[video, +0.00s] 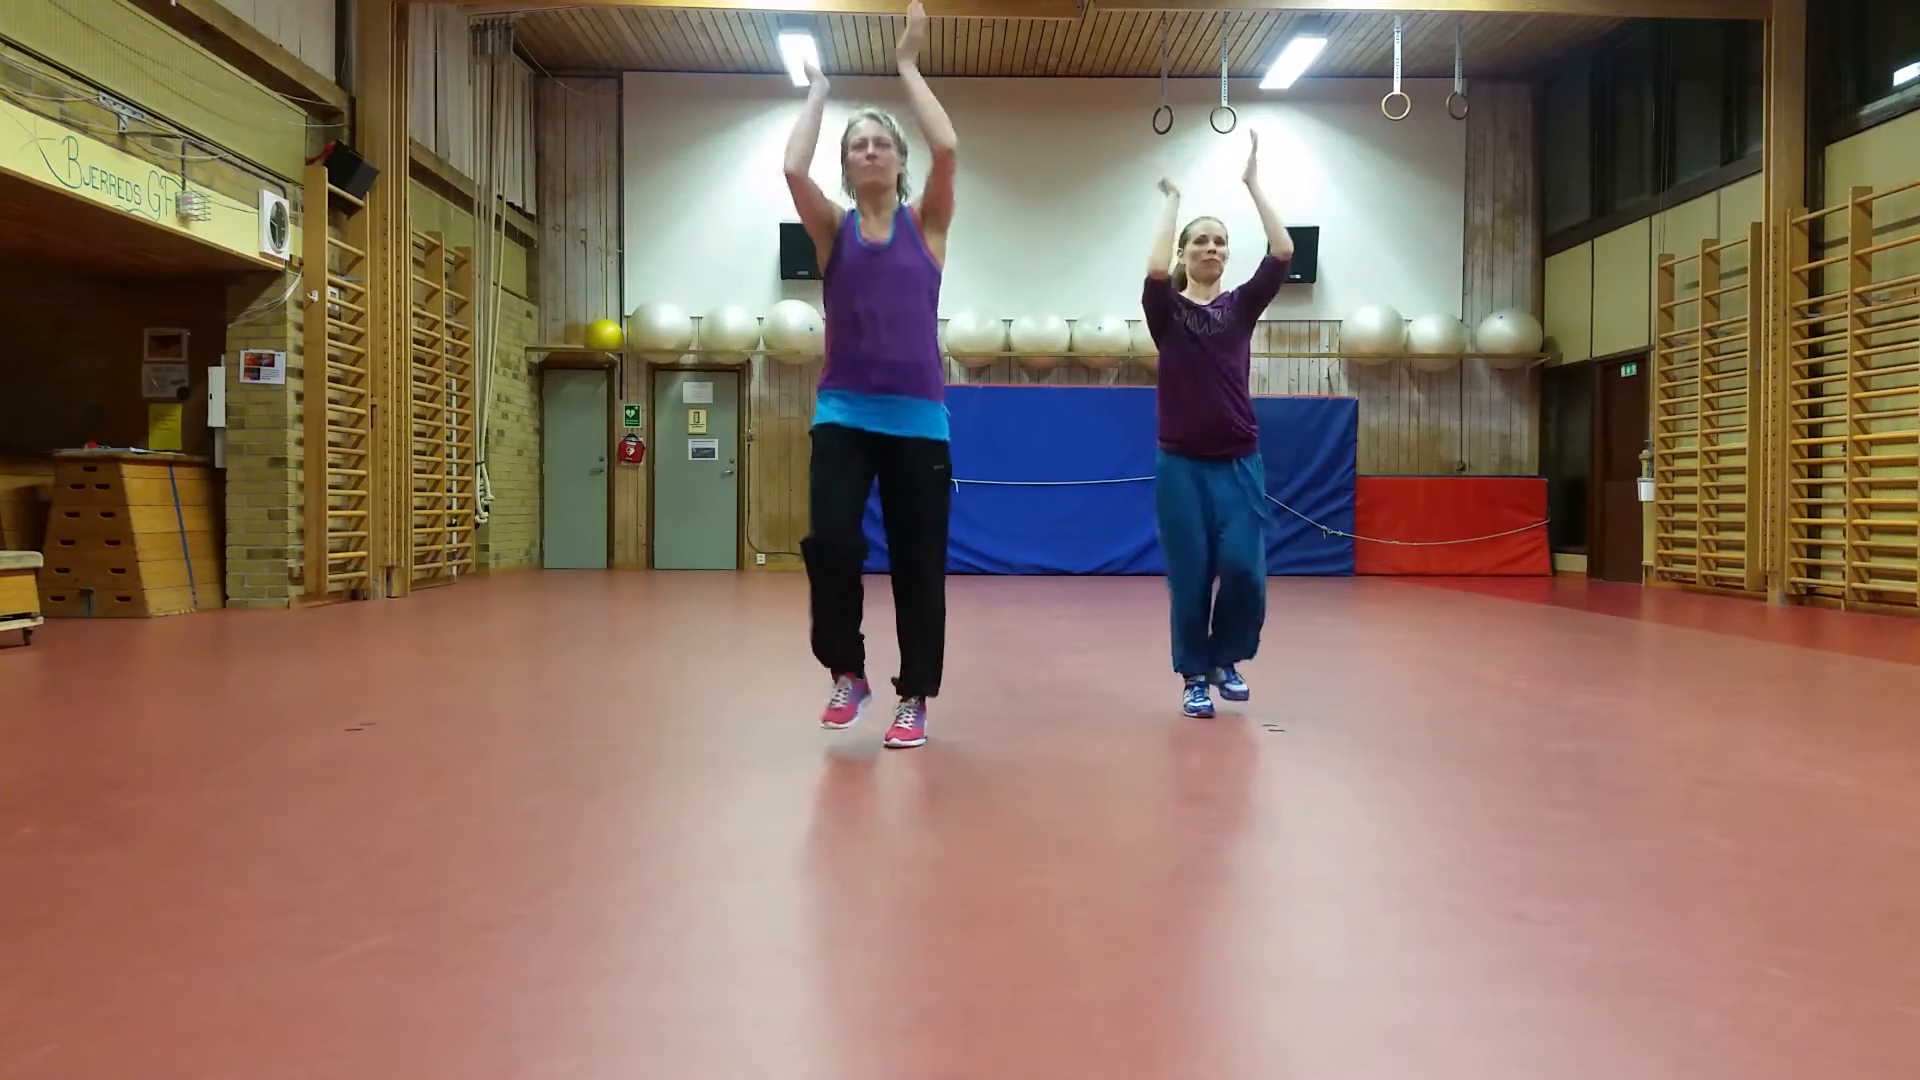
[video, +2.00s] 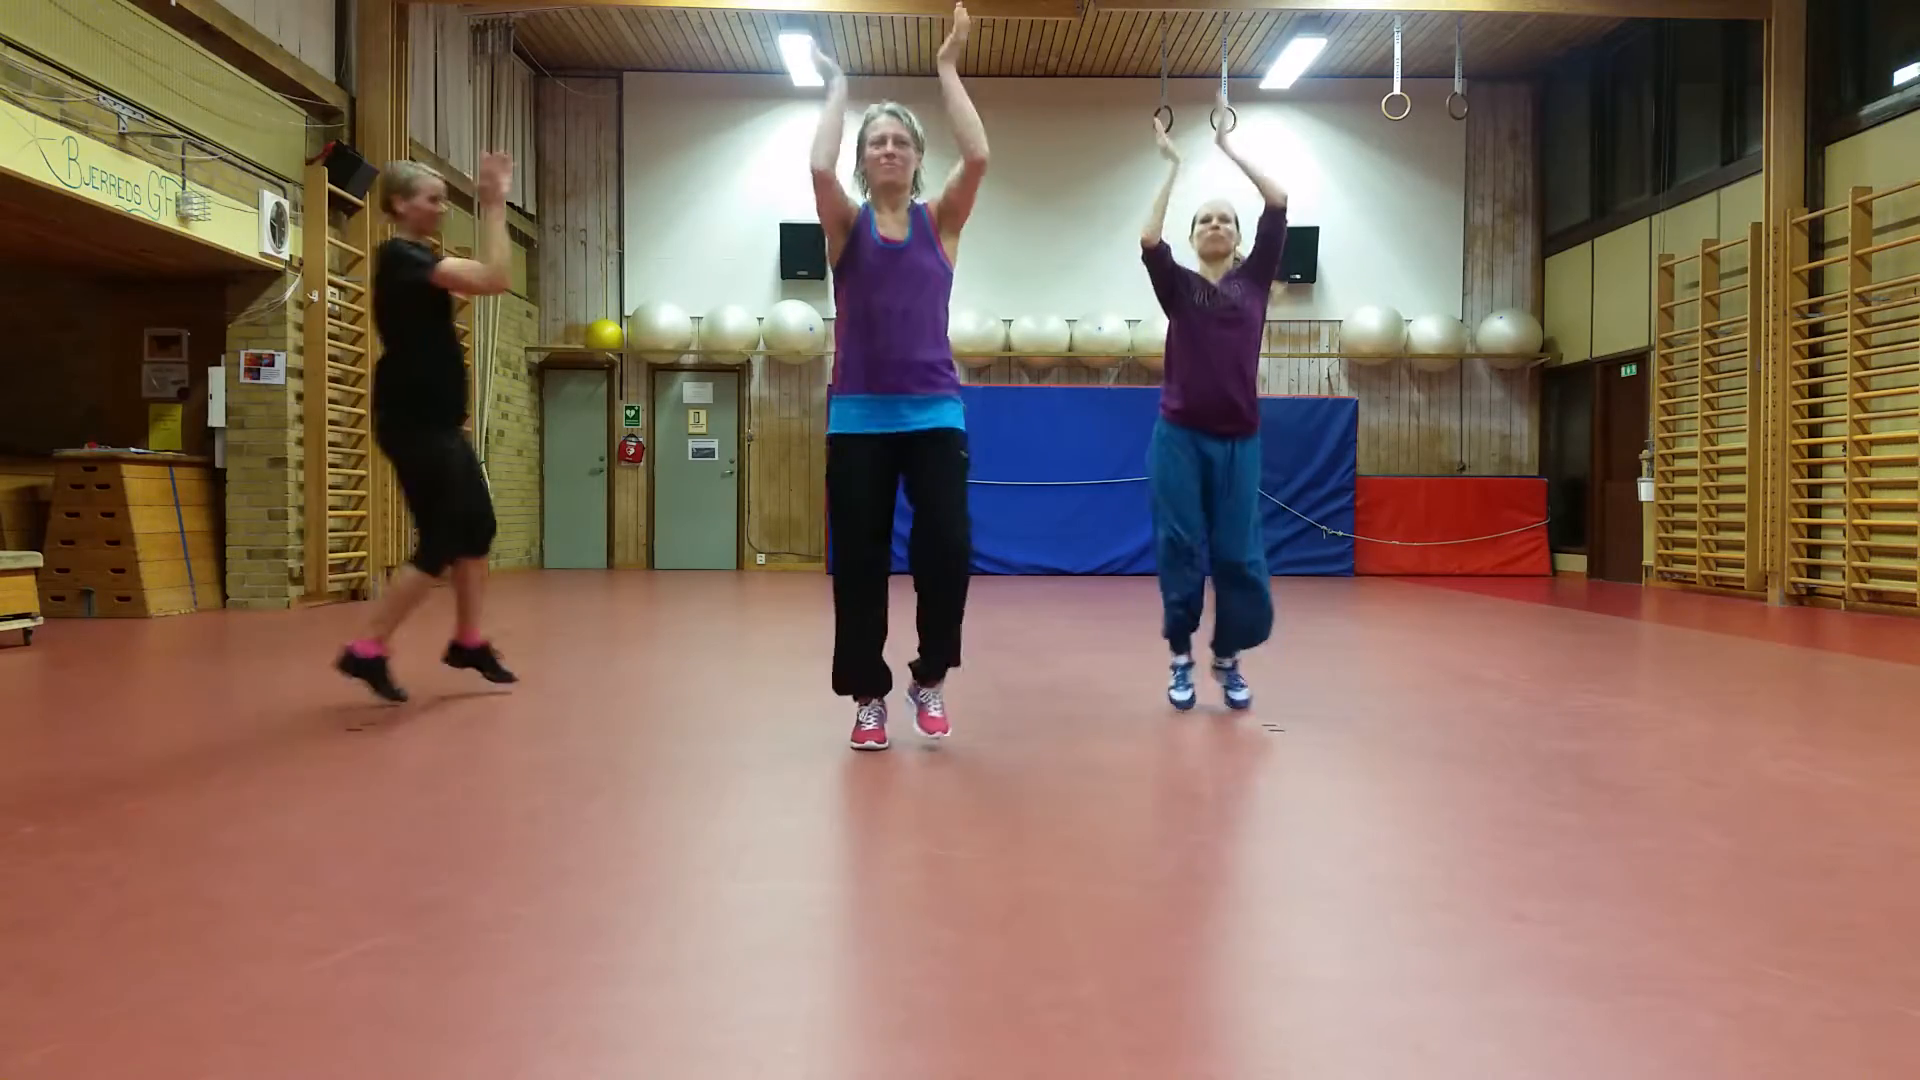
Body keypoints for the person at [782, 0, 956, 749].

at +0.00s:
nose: (870, 151)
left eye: (881, 144)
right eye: (858, 146)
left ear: (901, 161)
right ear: (844, 164)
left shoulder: (926, 225)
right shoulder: (834, 228)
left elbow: (946, 146)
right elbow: (795, 171)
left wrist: (907, 67)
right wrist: (817, 90)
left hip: (917, 415)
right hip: (842, 412)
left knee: (917, 561)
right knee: (830, 545)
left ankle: (915, 698)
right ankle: (846, 677)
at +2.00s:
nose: (889, 151)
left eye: (900, 143)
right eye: (878, 144)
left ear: (919, 160)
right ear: (861, 160)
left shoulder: (940, 222)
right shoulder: (847, 226)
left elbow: (977, 157)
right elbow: (821, 169)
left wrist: (946, 67)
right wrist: (836, 90)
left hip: (934, 413)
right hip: (860, 415)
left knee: (947, 550)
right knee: (860, 558)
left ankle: (930, 682)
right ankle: (868, 697)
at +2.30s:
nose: (892, 155)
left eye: (904, 147)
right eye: (880, 148)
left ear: (922, 162)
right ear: (866, 164)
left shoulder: (948, 227)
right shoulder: (853, 230)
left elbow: (977, 154)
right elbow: (806, 183)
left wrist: (927, 75)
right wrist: (844, 103)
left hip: (935, 420)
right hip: (861, 417)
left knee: (938, 564)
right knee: (830, 549)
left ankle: (933, 703)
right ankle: (860, 676)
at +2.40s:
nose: (887, 145)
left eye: (898, 137)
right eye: (875, 139)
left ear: (918, 152)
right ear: (860, 156)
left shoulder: (942, 218)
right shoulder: (852, 219)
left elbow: (962, 142)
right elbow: (820, 169)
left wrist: (920, 67)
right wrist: (841, 93)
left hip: (926, 404)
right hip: (853, 397)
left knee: (927, 550)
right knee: (846, 538)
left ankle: (921, 691)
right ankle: (846, 675)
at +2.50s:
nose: (883, 166)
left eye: (894, 157)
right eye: (871, 157)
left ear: (912, 172)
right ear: (855, 172)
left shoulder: (935, 239)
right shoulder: (845, 239)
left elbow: (952, 160)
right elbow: (818, 180)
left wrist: (898, 93)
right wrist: (867, 103)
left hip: (921, 425)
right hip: (849, 421)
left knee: (921, 571)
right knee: (849, 565)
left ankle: (890, 702)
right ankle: (844, 695)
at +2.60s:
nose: (879, 173)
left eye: (891, 167)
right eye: (866, 167)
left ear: (908, 185)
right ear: (852, 186)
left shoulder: (932, 249)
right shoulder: (839, 251)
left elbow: (968, 180)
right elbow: (802, 195)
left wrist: (910, 110)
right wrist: (858, 116)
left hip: (917, 439)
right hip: (845, 435)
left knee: (933, 571)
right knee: (846, 576)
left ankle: (890, 702)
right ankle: (846, 705)